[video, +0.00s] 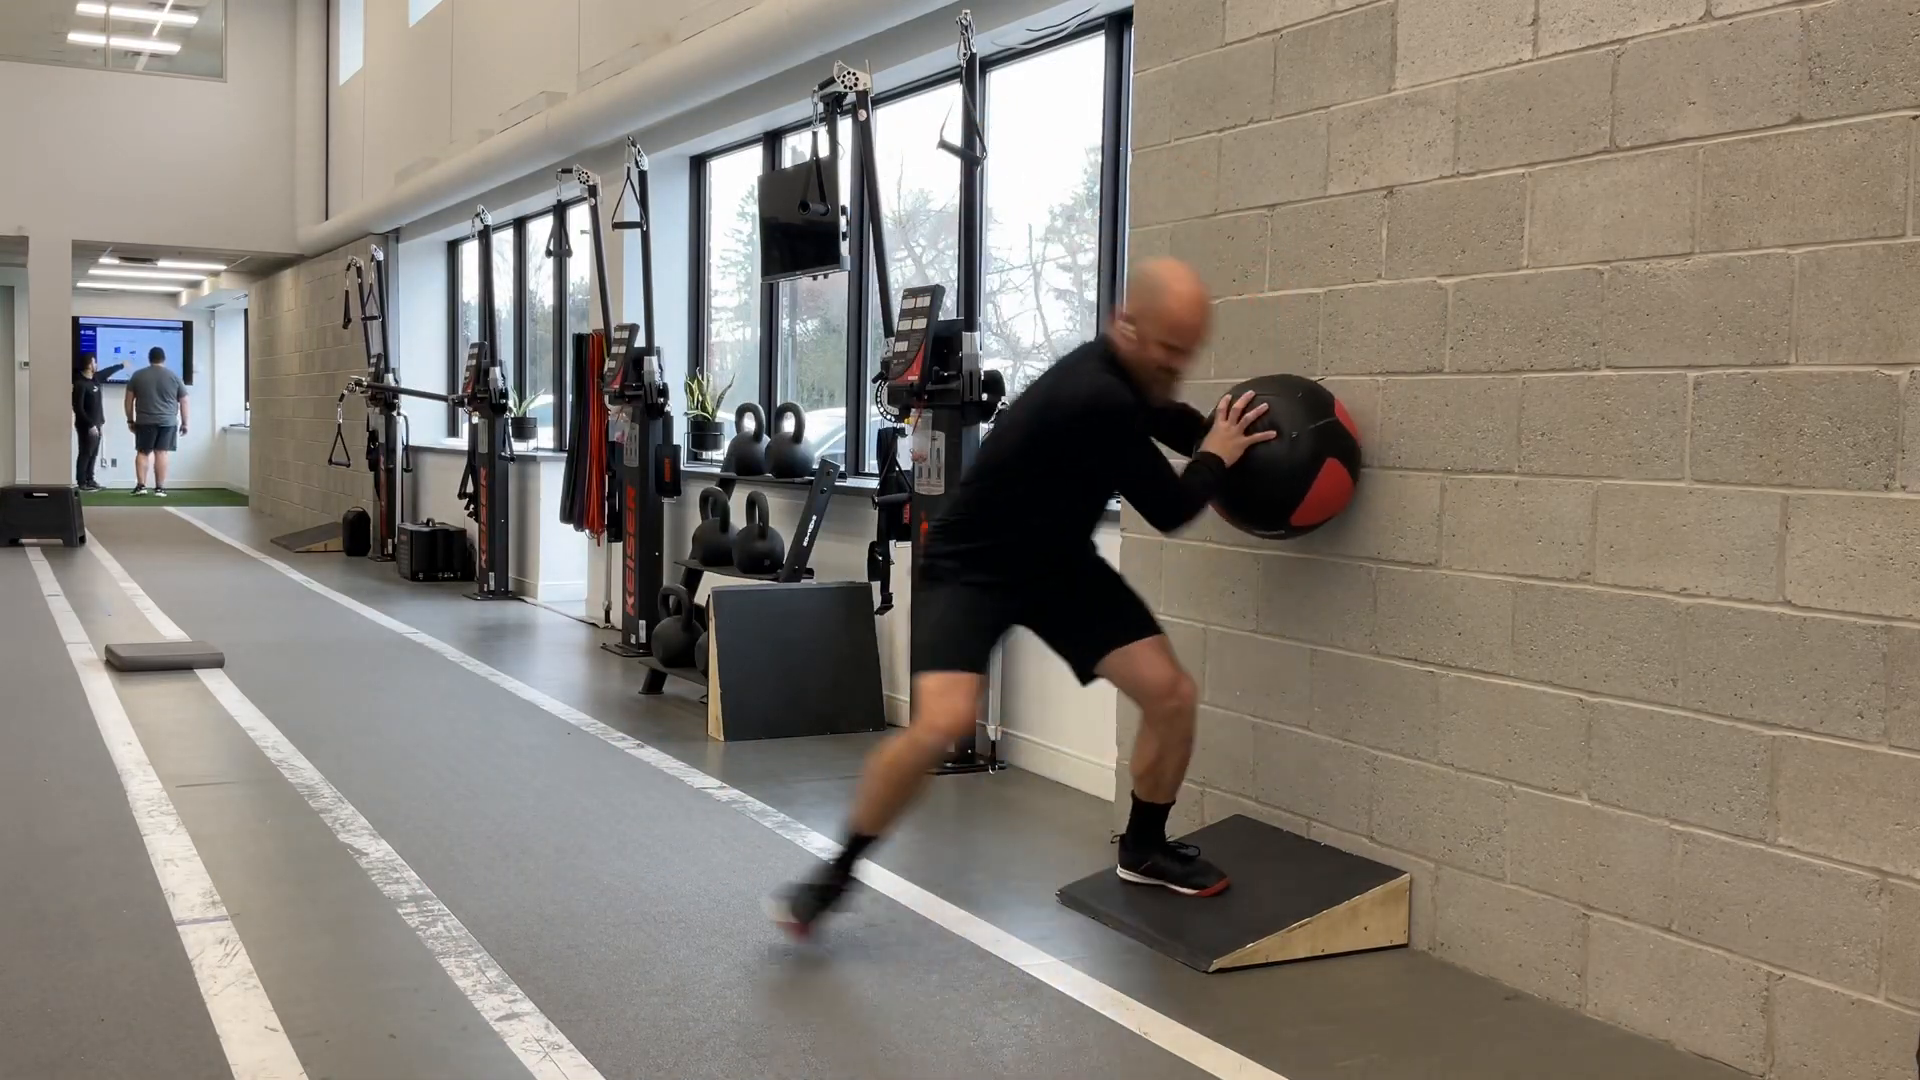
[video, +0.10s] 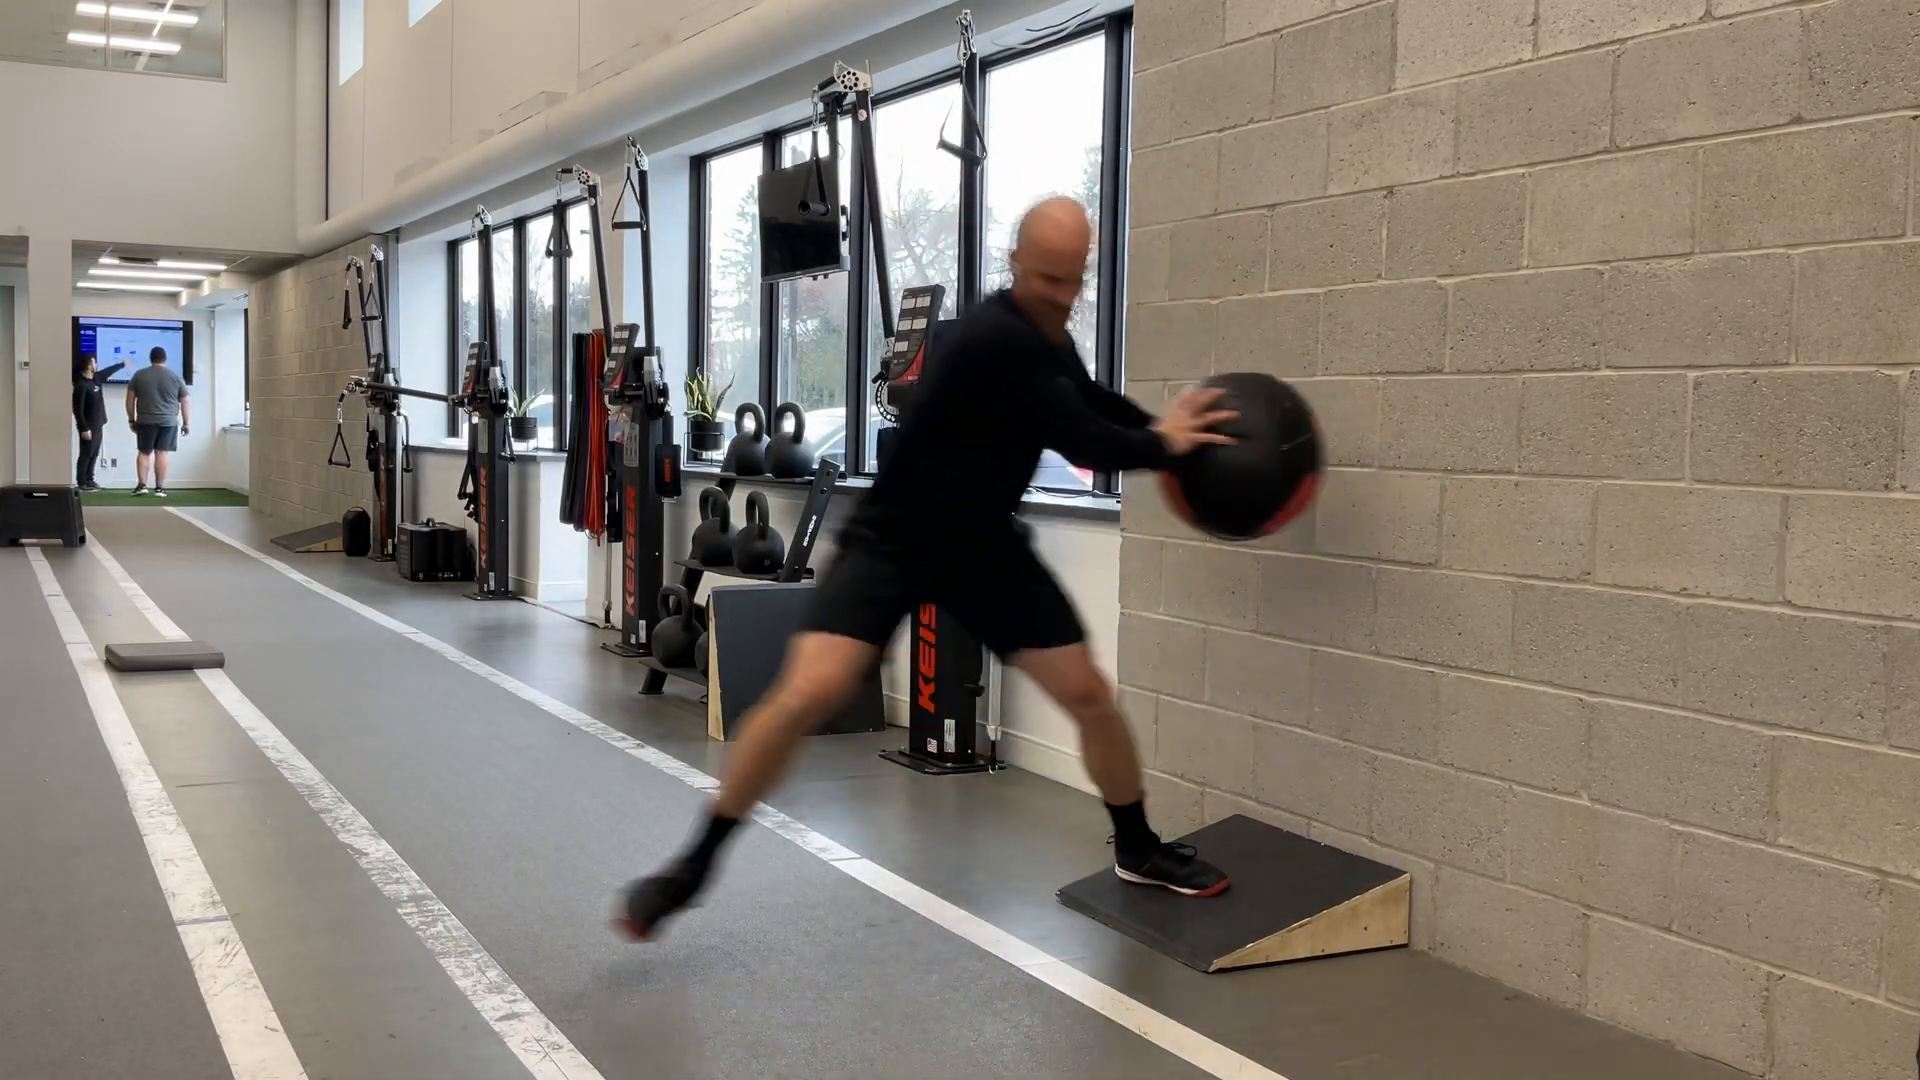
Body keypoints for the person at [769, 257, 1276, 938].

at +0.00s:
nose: (1179, 364)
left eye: (1188, 350)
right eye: (1169, 347)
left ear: (1192, 334)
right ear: (1125, 324)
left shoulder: (1125, 373)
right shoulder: (1092, 394)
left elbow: (1169, 421)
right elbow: (1169, 509)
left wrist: (1251, 439)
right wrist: (1215, 455)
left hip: (1056, 562)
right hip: (969, 563)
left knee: (1171, 695)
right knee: (943, 723)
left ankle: (1144, 848)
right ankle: (837, 873)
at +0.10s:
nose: (1062, 293)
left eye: (1074, 278)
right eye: (1047, 275)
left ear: (1084, 272)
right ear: (1013, 261)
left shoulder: (1052, 344)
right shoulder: (990, 337)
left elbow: (1102, 413)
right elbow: (1083, 445)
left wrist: (1170, 446)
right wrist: (1162, 442)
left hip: (982, 542)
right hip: (891, 536)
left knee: (1090, 695)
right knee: (811, 690)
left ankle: (1138, 846)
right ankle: (690, 868)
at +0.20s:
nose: (946, 258)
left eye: (961, 244)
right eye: (931, 239)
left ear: (977, 235)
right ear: (898, 220)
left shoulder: (952, 304)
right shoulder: (863, 286)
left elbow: (984, 395)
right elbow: (914, 389)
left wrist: (1049, 427)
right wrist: (1013, 429)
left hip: (889, 524)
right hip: (799, 519)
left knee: (1005, 678)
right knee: (694, 692)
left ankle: (1051, 837)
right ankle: (532, 879)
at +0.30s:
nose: (829, 281)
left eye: (842, 262)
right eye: (811, 262)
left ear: (857, 248)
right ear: (769, 243)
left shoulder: (857, 338)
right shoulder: (729, 313)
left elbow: (881, 449)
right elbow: (725, 444)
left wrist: (963, 473)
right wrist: (838, 454)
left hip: (784, 556)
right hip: (692, 557)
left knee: (927, 685)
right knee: (602, 742)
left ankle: (832, 821)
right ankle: (442, 933)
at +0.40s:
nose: (720, 340)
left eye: (734, 321)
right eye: (703, 323)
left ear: (753, 305)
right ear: (668, 304)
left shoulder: (771, 398)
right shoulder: (608, 378)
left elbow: (789, 524)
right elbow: (535, 492)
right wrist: (659, 480)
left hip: (696, 608)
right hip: (591, 603)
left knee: (788, 750)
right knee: (553, 781)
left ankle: (636, 831)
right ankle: (412, 951)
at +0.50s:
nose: (645, 389)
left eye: (663, 371)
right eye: (627, 370)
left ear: (691, 347)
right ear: (593, 344)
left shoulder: (717, 446)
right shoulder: (535, 407)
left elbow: (733, 585)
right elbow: (421, 497)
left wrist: (683, 658)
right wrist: (519, 527)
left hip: (640, 632)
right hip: (528, 616)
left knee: (663, 801)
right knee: (513, 781)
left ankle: (516, 869)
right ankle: (406, 949)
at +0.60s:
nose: (612, 420)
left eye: (631, 400)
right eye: (594, 400)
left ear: (658, 371)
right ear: (561, 369)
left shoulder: (684, 477)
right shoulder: (499, 414)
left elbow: (673, 624)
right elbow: (342, 452)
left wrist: (584, 680)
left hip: (610, 655)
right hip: (495, 637)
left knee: (590, 820)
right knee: (499, 778)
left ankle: (467, 881)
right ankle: (404, 949)